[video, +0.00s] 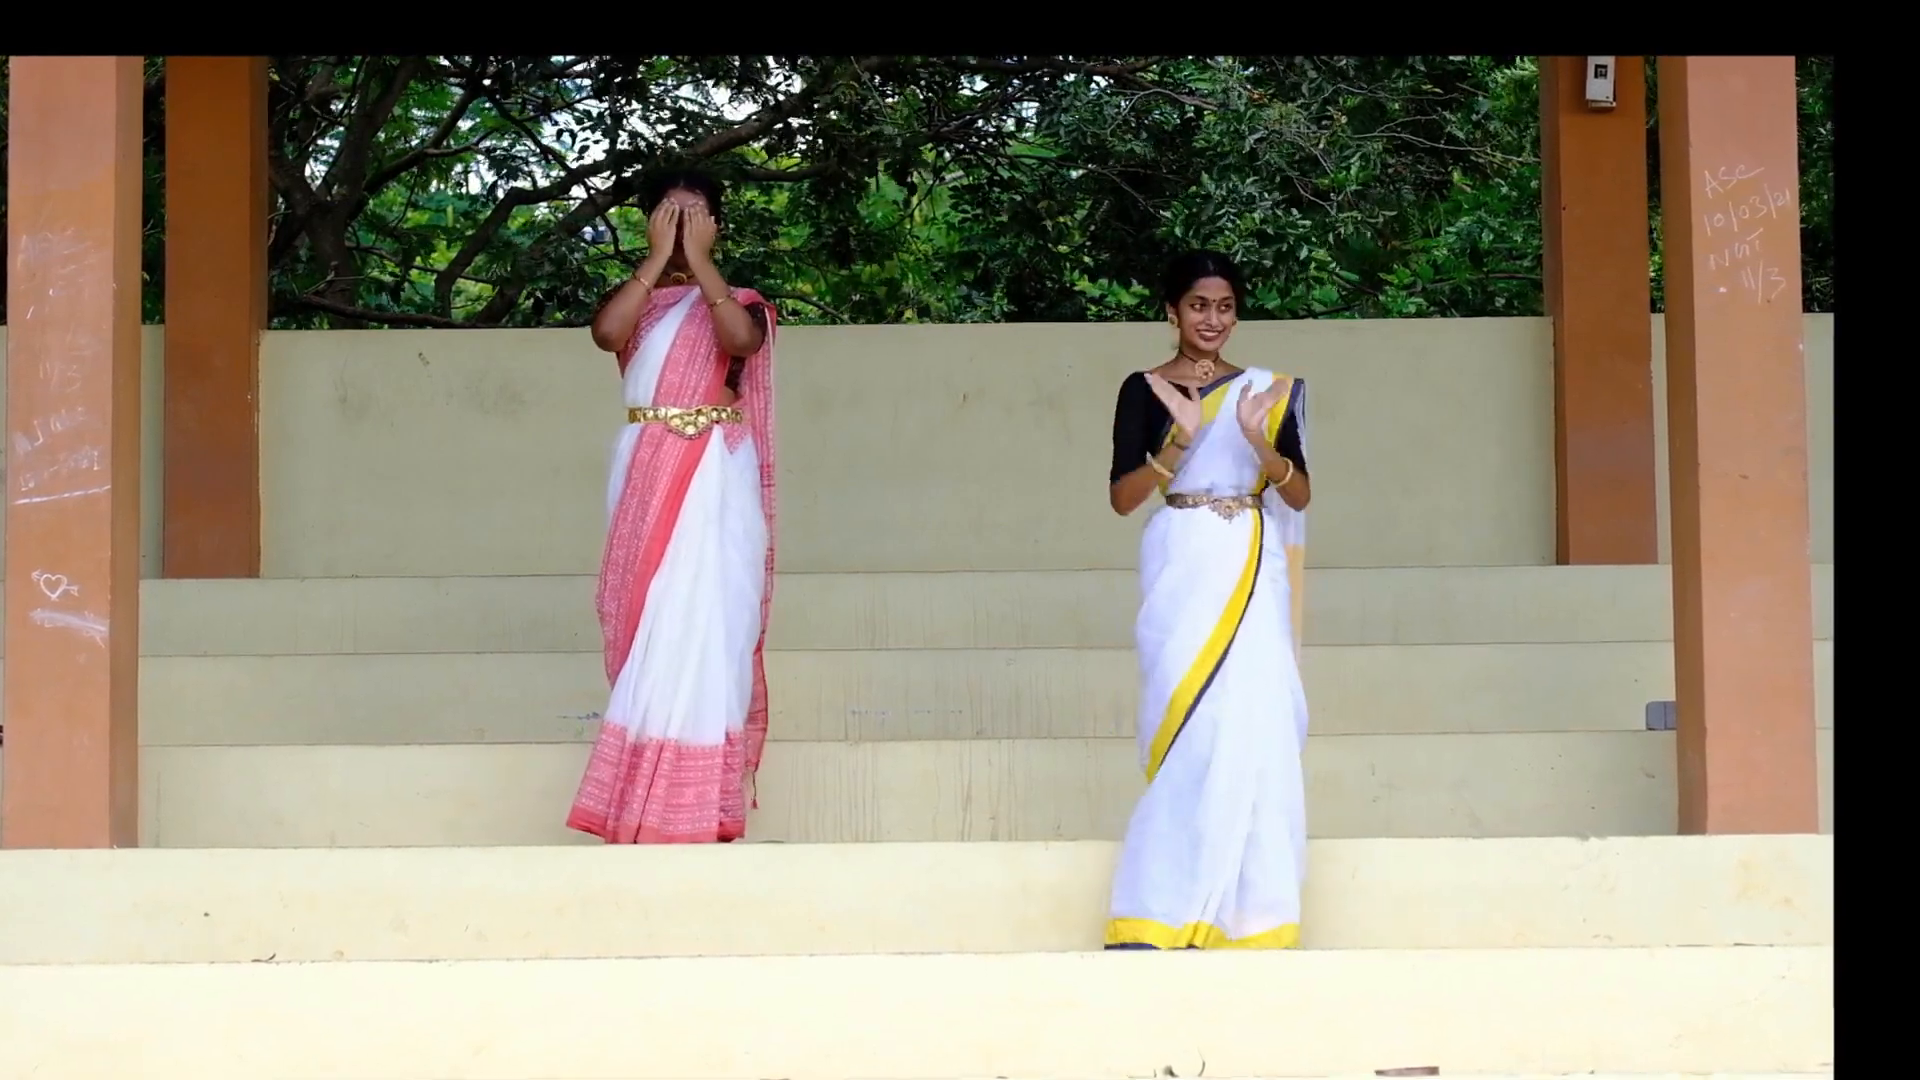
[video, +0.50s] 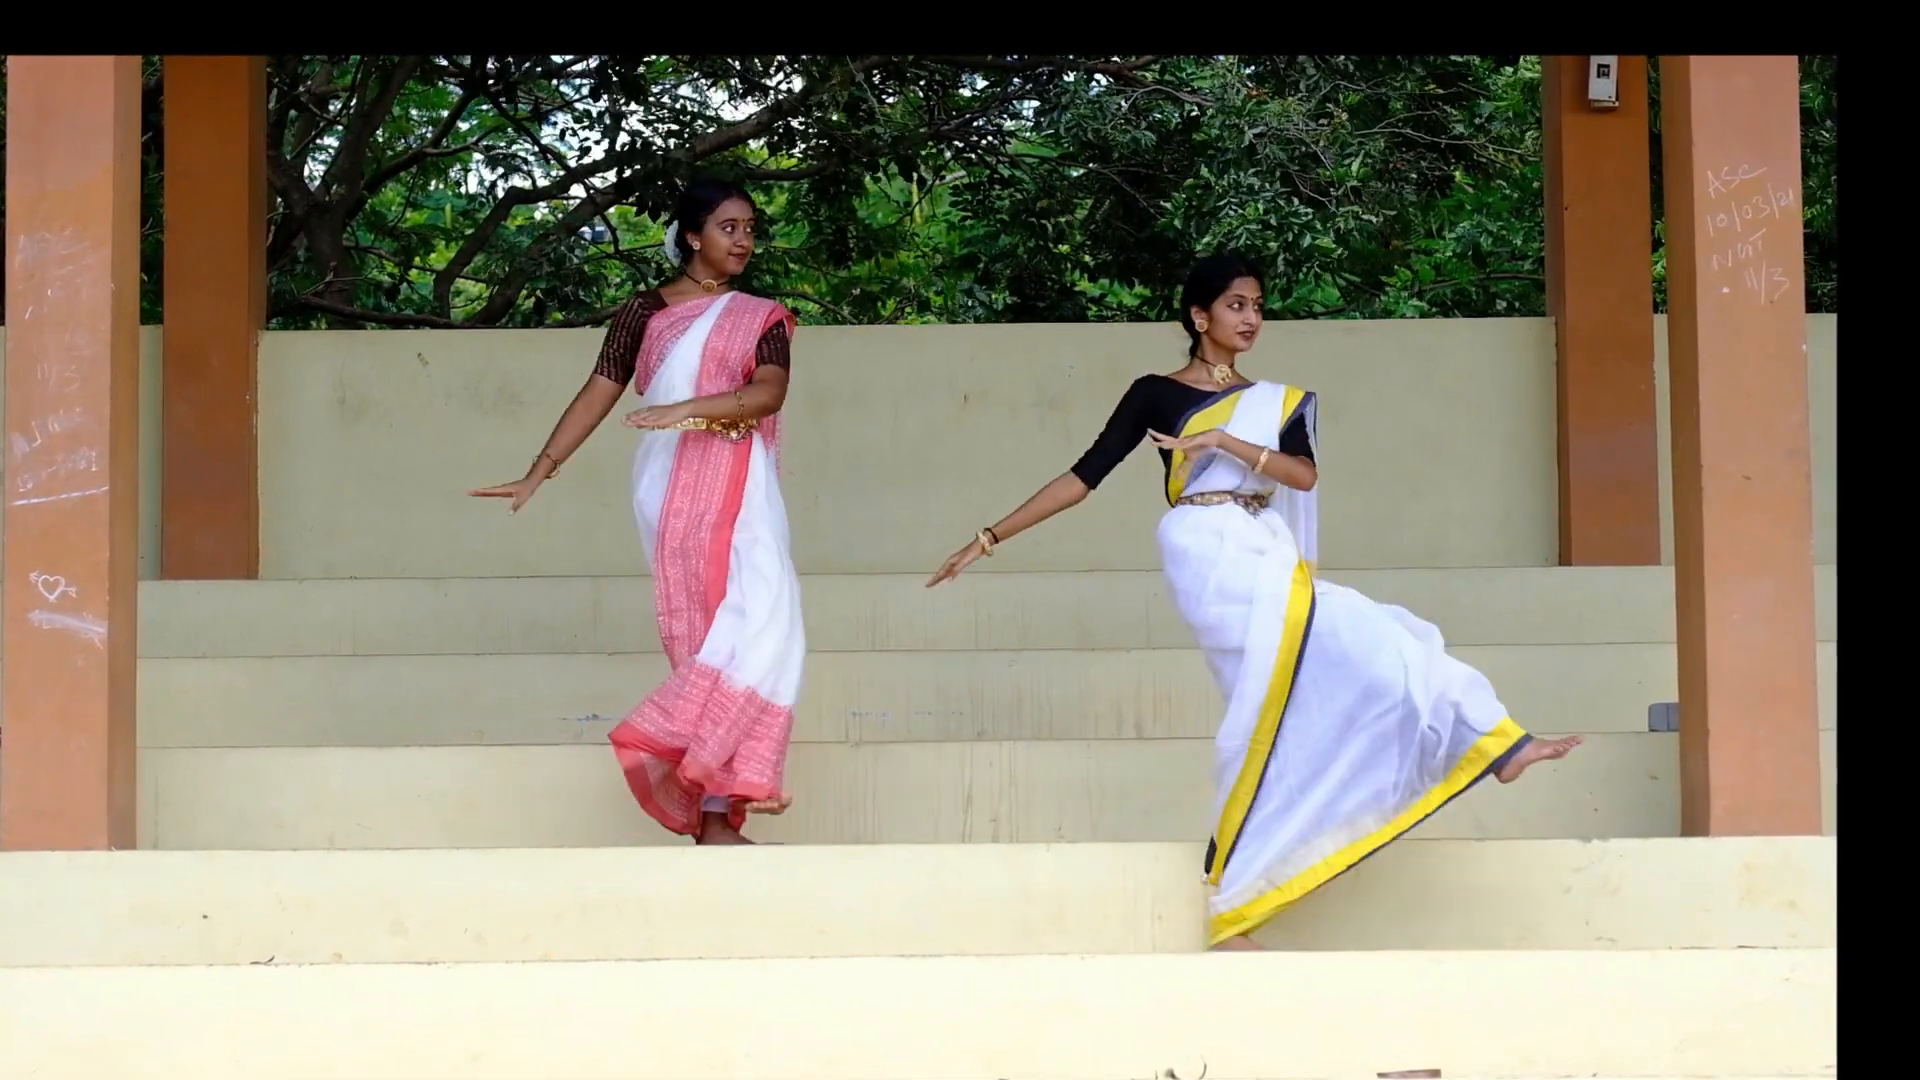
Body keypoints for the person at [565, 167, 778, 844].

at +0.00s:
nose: (681, 226)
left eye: (695, 214)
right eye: (670, 213)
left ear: (717, 226)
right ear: (651, 225)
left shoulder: (740, 301)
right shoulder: (638, 301)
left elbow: (742, 339)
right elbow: (608, 332)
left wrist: (701, 261)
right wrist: (658, 256)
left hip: (714, 476)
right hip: (646, 474)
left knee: (703, 627)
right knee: (650, 626)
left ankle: (693, 803)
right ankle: (644, 799)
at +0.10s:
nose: (690, 227)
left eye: (701, 215)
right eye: (678, 215)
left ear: (719, 223)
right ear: (656, 224)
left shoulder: (741, 300)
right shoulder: (638, 300)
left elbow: (751, 349)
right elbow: (597, 346)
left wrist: (702, 275)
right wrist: (656, 270)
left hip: (720, 479)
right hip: (650, 478)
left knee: (708, 632)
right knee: (653, 630)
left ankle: (699, 810)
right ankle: (647, 805)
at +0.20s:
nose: (704, 231)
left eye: (714, 220)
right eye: (690, 219)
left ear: (727, 229)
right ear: (664, 227)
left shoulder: (747, 307)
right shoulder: (631, 304)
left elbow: (766, 377)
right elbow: (590, 385)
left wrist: (702, 337)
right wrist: (636, 337)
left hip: (727, 482)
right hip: (655, 481)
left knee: (717, 629)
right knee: (658, 628)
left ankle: (703, 809)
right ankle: (652, 804)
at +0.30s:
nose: (720, 237)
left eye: (729, 226)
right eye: (705, 224)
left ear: (736, 235)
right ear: (674, 233)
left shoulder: (755, 313)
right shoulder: (633, 315)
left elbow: (767, 395)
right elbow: (609, 399)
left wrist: (720, 414)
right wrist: (604, 427)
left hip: (733, 490)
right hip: (659, 489)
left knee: (717, 631)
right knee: (661, 631)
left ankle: (706, 812)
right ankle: (659, 806)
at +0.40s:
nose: (734, 239)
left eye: (739, 227)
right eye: (719, 227)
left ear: (744, 236)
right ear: (684, 236)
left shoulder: (759, 316)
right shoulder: (639, 315)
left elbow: (771, 401)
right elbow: (610, 401)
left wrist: (703, 433)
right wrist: (580, 478)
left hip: (737, 494)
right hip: (663, 494)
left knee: (728, 632)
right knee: (679, 636)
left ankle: (715, 808)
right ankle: (684, 801)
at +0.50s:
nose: (744, 241)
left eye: (749, 230)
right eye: (730, 227)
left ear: (752, 239)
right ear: (692, 233)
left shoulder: (763, 316)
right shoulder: (644, 312)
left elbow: (769, 395)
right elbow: (596, 395)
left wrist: (691, 408)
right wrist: (540, 470)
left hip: (746, 487)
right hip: (672, 487)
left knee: (768, 619)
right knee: (704, 627)